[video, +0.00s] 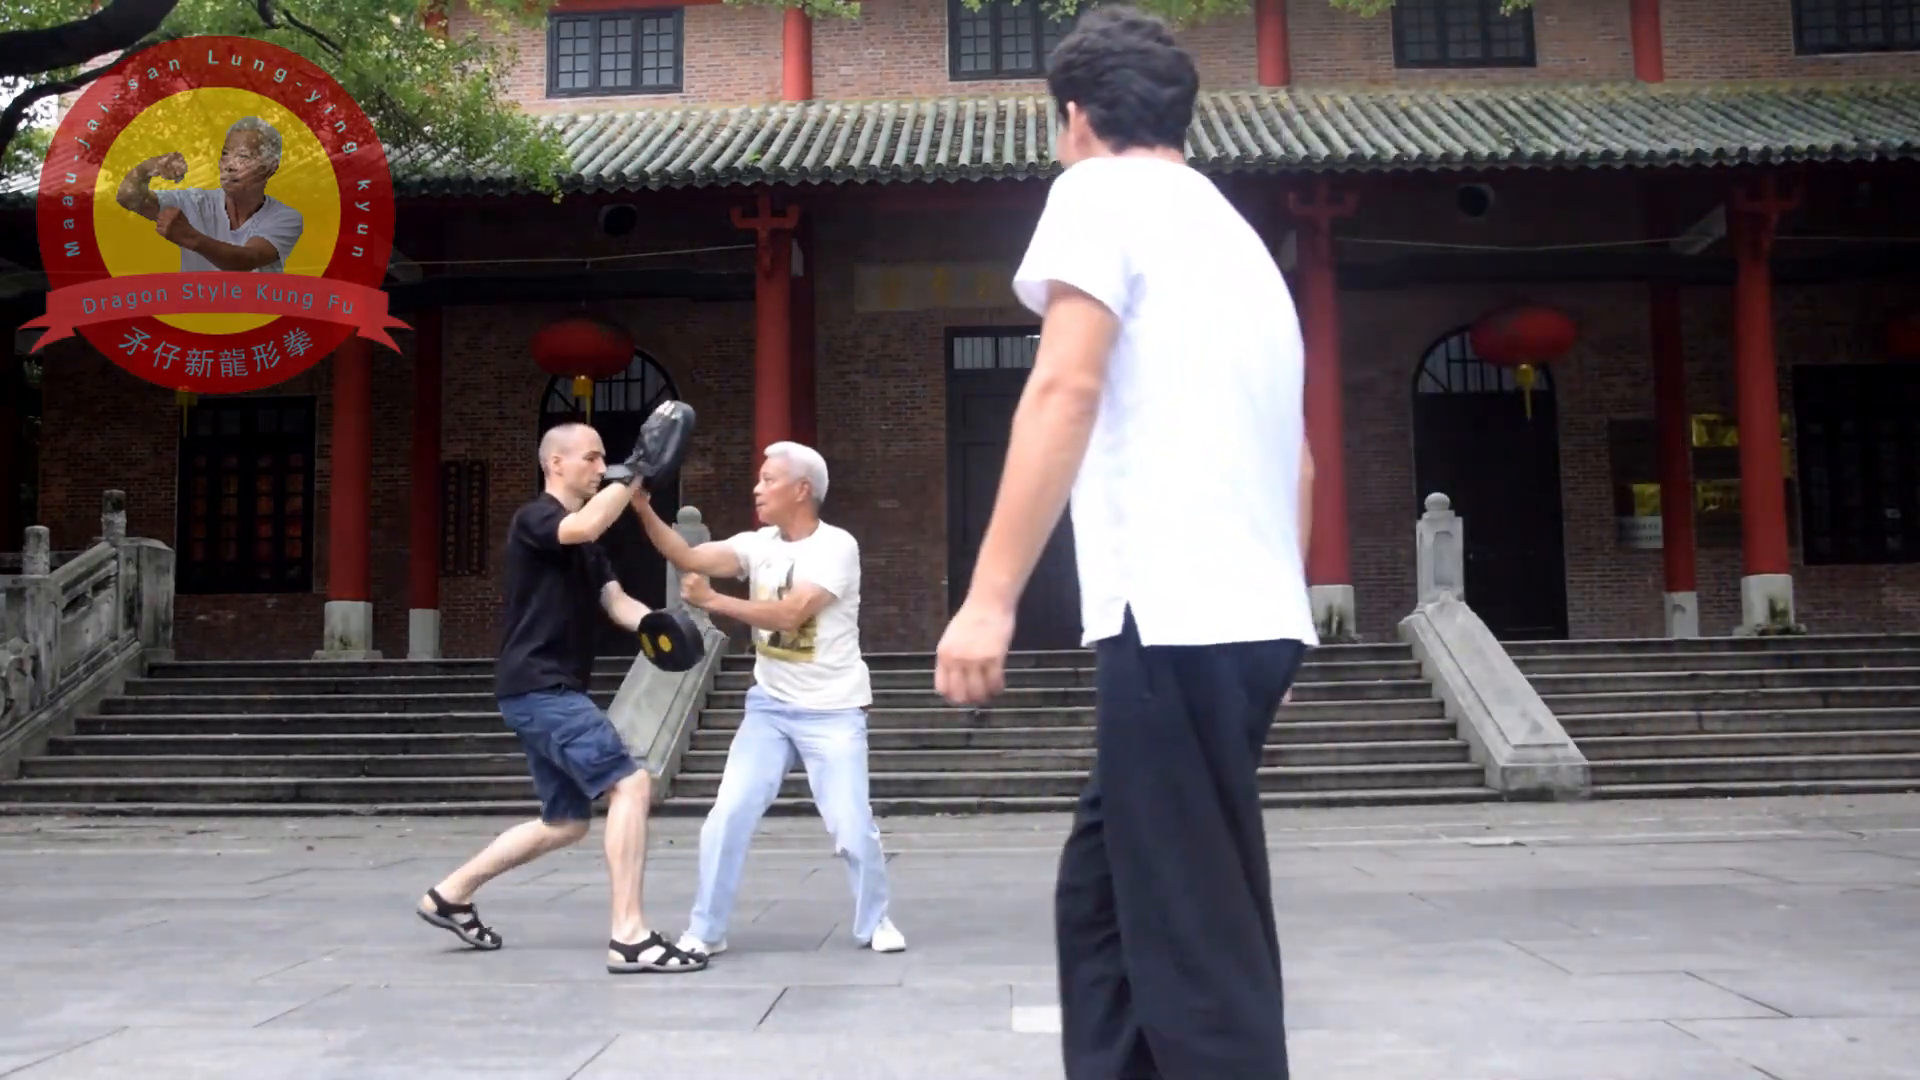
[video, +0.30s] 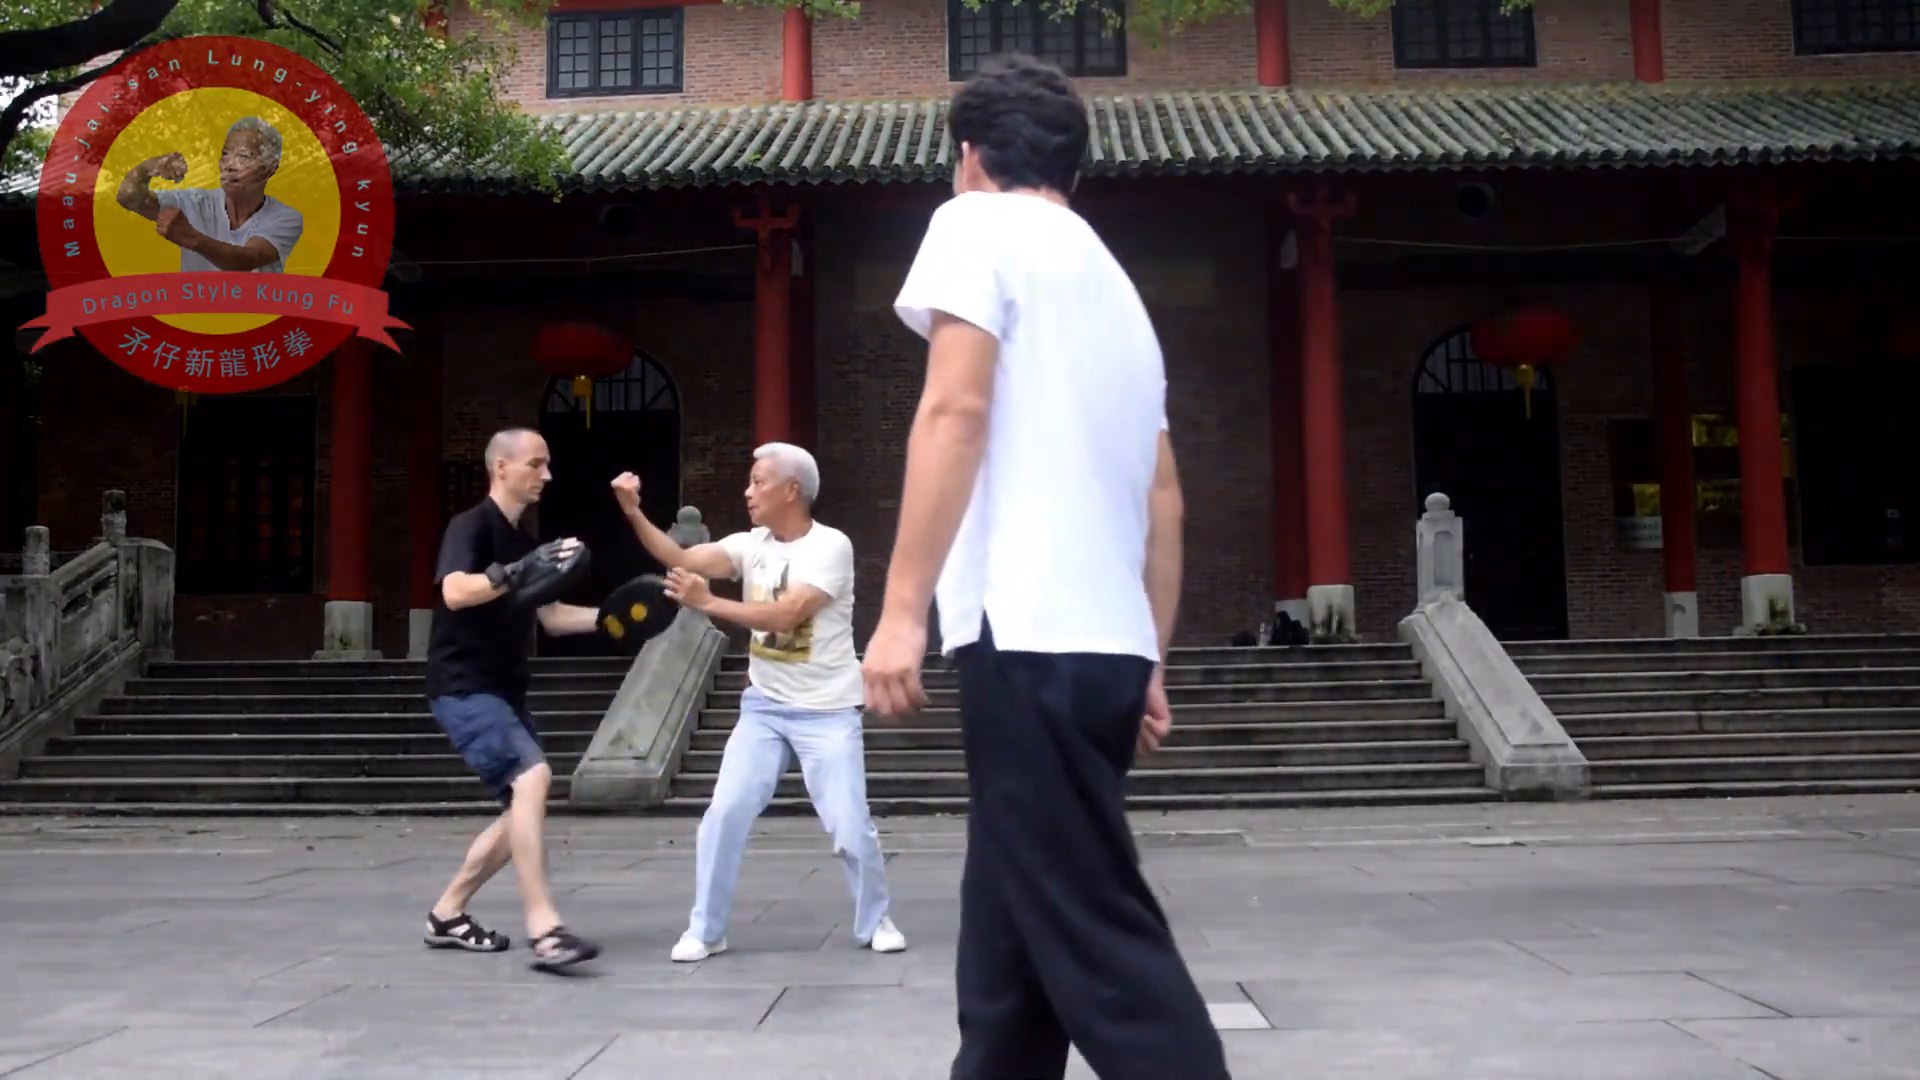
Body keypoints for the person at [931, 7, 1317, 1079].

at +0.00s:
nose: (1055, 146)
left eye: (1054, 125)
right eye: (1053, 127)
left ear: (1083, 118)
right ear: (1175, 121)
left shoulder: (1098, 196)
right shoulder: (1240, 243)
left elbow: (1066, 388)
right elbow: (1297, 462)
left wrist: (990, 597)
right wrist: (1270, 619)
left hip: (1172, 624)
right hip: (1251, 623)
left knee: (1187, 924)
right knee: (1098, 895)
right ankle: (1112, 1072)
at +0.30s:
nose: (950, 175)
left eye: (953, 159)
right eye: (953, 159)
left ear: (975, 158)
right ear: (1070, 169)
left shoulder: (980, 223)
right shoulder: (1117, 290)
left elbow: (954, 413)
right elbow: (1162, 496)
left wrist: (902, 607)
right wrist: (1149, 658)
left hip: (1026, 642)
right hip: (1107, 649)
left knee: (1091, 941)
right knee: (1008, 952)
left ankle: (1186, 1069)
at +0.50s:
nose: (896, 188)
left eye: (896, 176)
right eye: (898, 178)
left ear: (914, 173)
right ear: (1010, 184)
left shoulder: (911, 233)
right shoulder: (1051, 298)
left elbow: (881, 408)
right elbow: (1085, 500)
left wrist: (825, 594)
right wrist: (1050, 626)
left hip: (948, 641)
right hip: (1047, 648)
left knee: (944, 907)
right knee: (1003, 909)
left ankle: (1109, 1068)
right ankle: (982, 1075)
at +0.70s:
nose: (849, 194)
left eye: (850, 183)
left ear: (868, 181)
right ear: (965, 196)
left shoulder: (863, 236)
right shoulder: (1004, 312)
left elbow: (823, 411)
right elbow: (1035, 507)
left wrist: (754, 588)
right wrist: (995, 627)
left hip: (903, 635)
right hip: (1001, 642)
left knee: (855, 903)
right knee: (971, 901)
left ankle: (949, 1065)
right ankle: (983, 1071)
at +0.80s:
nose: (824, 199)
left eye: (825, 188)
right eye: (828, 188)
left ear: (846, 184)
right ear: (941, 199)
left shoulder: (841, 239)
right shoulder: (981, 316)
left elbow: (801, 414)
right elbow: (1013, 511)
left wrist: (730, 582)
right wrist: (977, 630)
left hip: (881, 635)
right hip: (978, 644)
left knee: (810, 900)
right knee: (953, 912)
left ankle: (849, 1067)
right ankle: (964, 1071)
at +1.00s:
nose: (768, 203)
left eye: (769, 190)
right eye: (770, 192)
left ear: (790, 190)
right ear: (886, 202)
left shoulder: (779, 248)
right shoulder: (929, 315)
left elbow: (751, 419)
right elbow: (967, 503)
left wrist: (696, 601)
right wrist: (945, 633)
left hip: (821, 641)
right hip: (929, 648)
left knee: (734, 922)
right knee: (926, 922)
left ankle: (695, 1065)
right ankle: (949, 1071)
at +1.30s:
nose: (637, 190)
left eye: (641, 179)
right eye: (642, 179)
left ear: (654, 185)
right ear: (760, 205)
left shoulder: (626, 262)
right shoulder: (804, 314)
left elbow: (598, 444)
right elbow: (851, 502)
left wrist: (554, 637)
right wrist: (849, 661)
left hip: (666, 671)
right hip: (794, 672)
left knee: (592, 942)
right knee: (851, 922)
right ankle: (911, 1072)